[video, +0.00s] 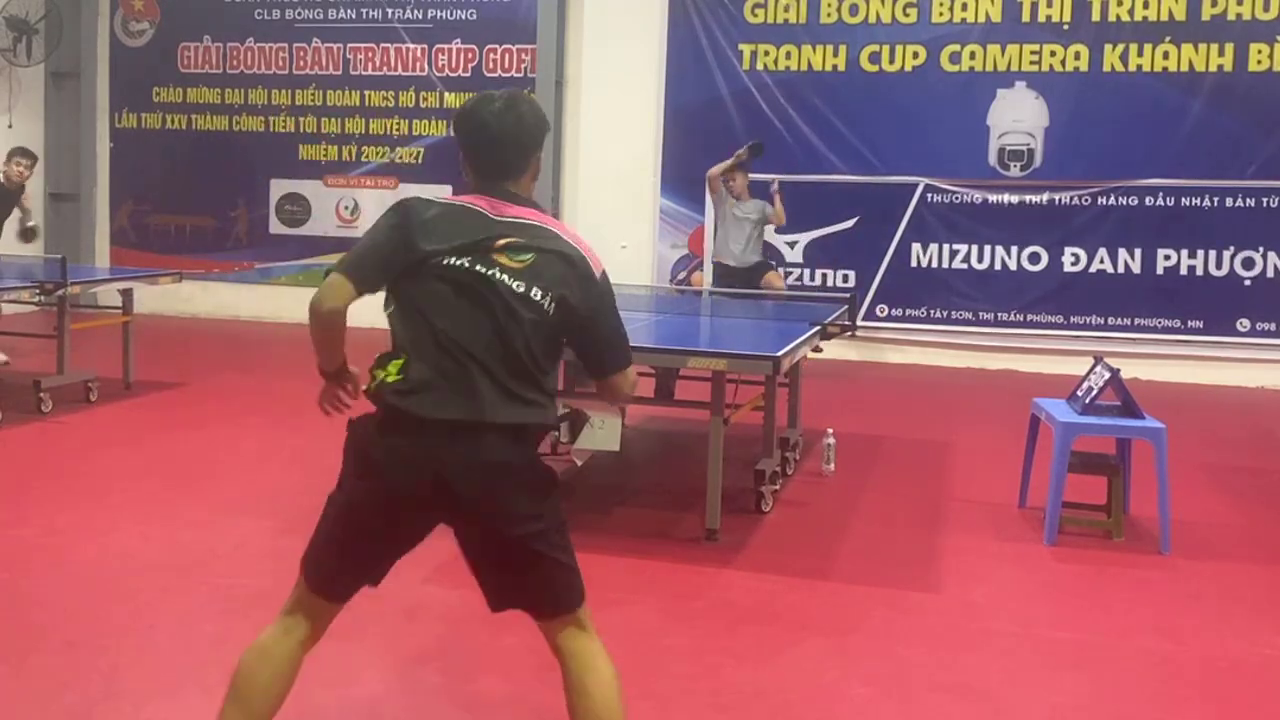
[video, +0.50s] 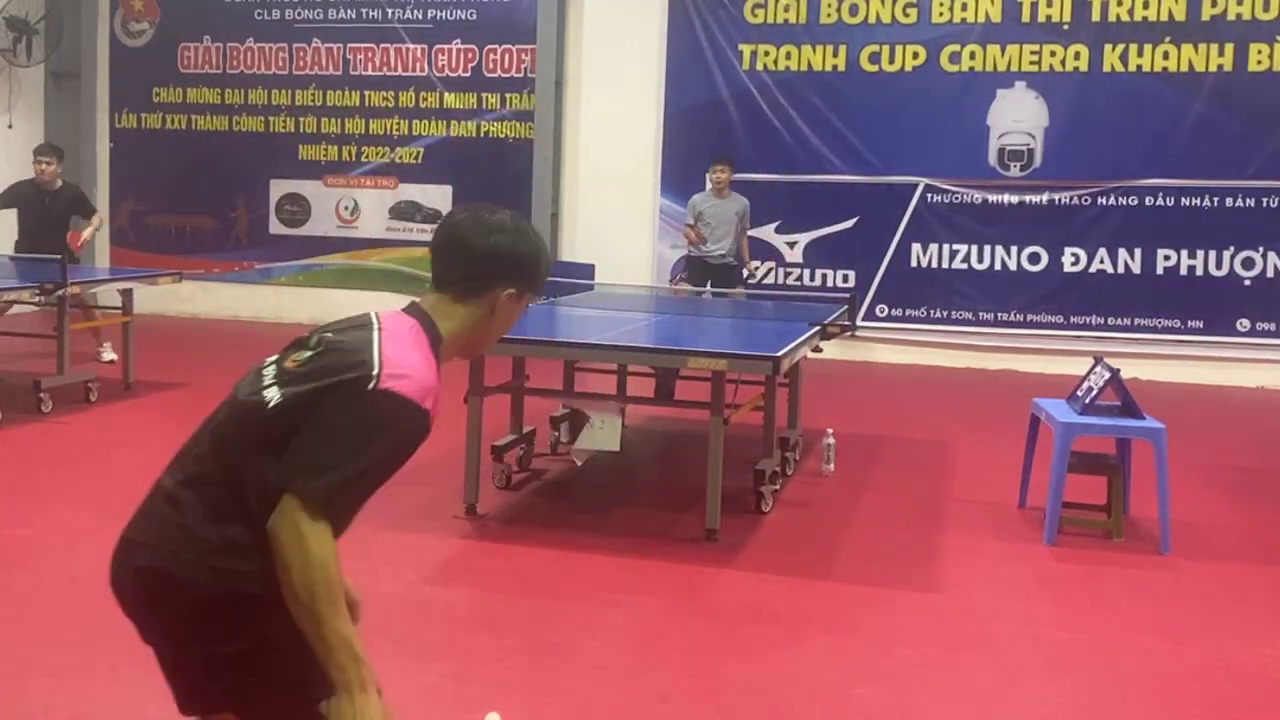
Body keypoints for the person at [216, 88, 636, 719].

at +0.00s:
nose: (541, 162)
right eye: (540, 153)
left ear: (463, 159)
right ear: (535, 163)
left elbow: (327, 303)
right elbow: (617, 384)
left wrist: (333, 369)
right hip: (504, 463)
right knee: (573, 632)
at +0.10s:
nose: (561, 204)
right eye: (561, 194)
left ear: (479, 200)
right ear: (552, 205)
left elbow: (334, 391)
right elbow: (605, 465)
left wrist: (379, 431)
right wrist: (628, 474)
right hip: (482, 534)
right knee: (563, 709)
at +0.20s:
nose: (575, 280)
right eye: (575, 267)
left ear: (488, 270)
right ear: (569, 279)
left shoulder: (437, 346)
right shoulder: (554, 385)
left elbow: (369, 446)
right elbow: (534, 533)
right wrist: (619, 616)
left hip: (343, 588)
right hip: (445, 607)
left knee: (309, 714)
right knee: (569, 715)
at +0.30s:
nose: (564, 289)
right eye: (565, 277)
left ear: (476, 277)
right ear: (555, 291)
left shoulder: (430, 347)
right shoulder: (498, 392)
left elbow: (415, 494)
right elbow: (407, 520)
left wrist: (522, 529)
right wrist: (469, 671)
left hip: (286, 607)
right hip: (370, 624)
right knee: (512, 714)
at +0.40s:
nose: (542, 288)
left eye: (543, 274)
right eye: (542, 276)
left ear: (455, 265)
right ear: (532, 286)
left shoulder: (398, 334)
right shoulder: (453, 369)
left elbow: (355, 462)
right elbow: (334, 486)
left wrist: (419, 547)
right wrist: (379, 641)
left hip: (206, 564)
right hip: (274, 582)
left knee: (259, 703)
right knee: (421, 708)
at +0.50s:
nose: (515, 322)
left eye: (524, 307)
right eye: (523, 306)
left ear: (441, 271)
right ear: (505, 301)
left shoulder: (373, 330)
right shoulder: (402, 381)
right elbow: (296, 520)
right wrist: (354, 687)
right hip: (202, 576)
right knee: (306, 704)